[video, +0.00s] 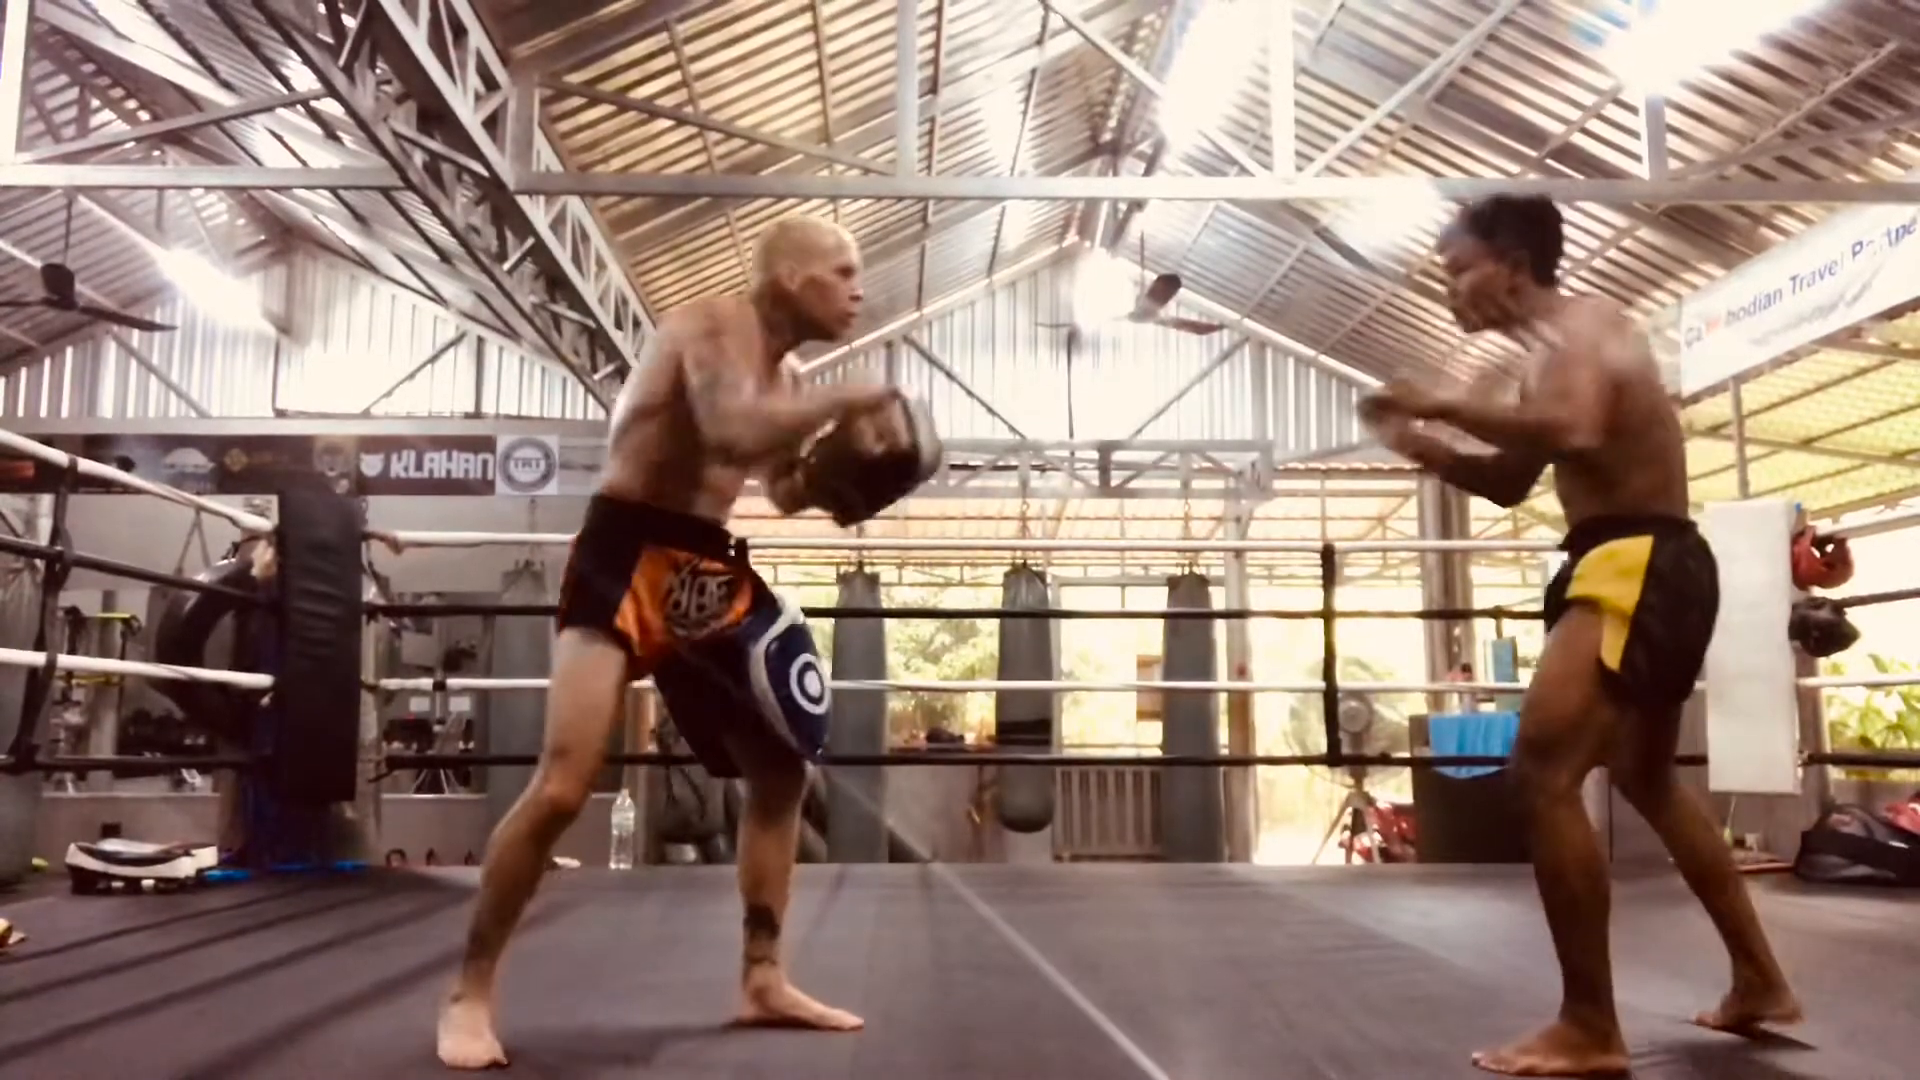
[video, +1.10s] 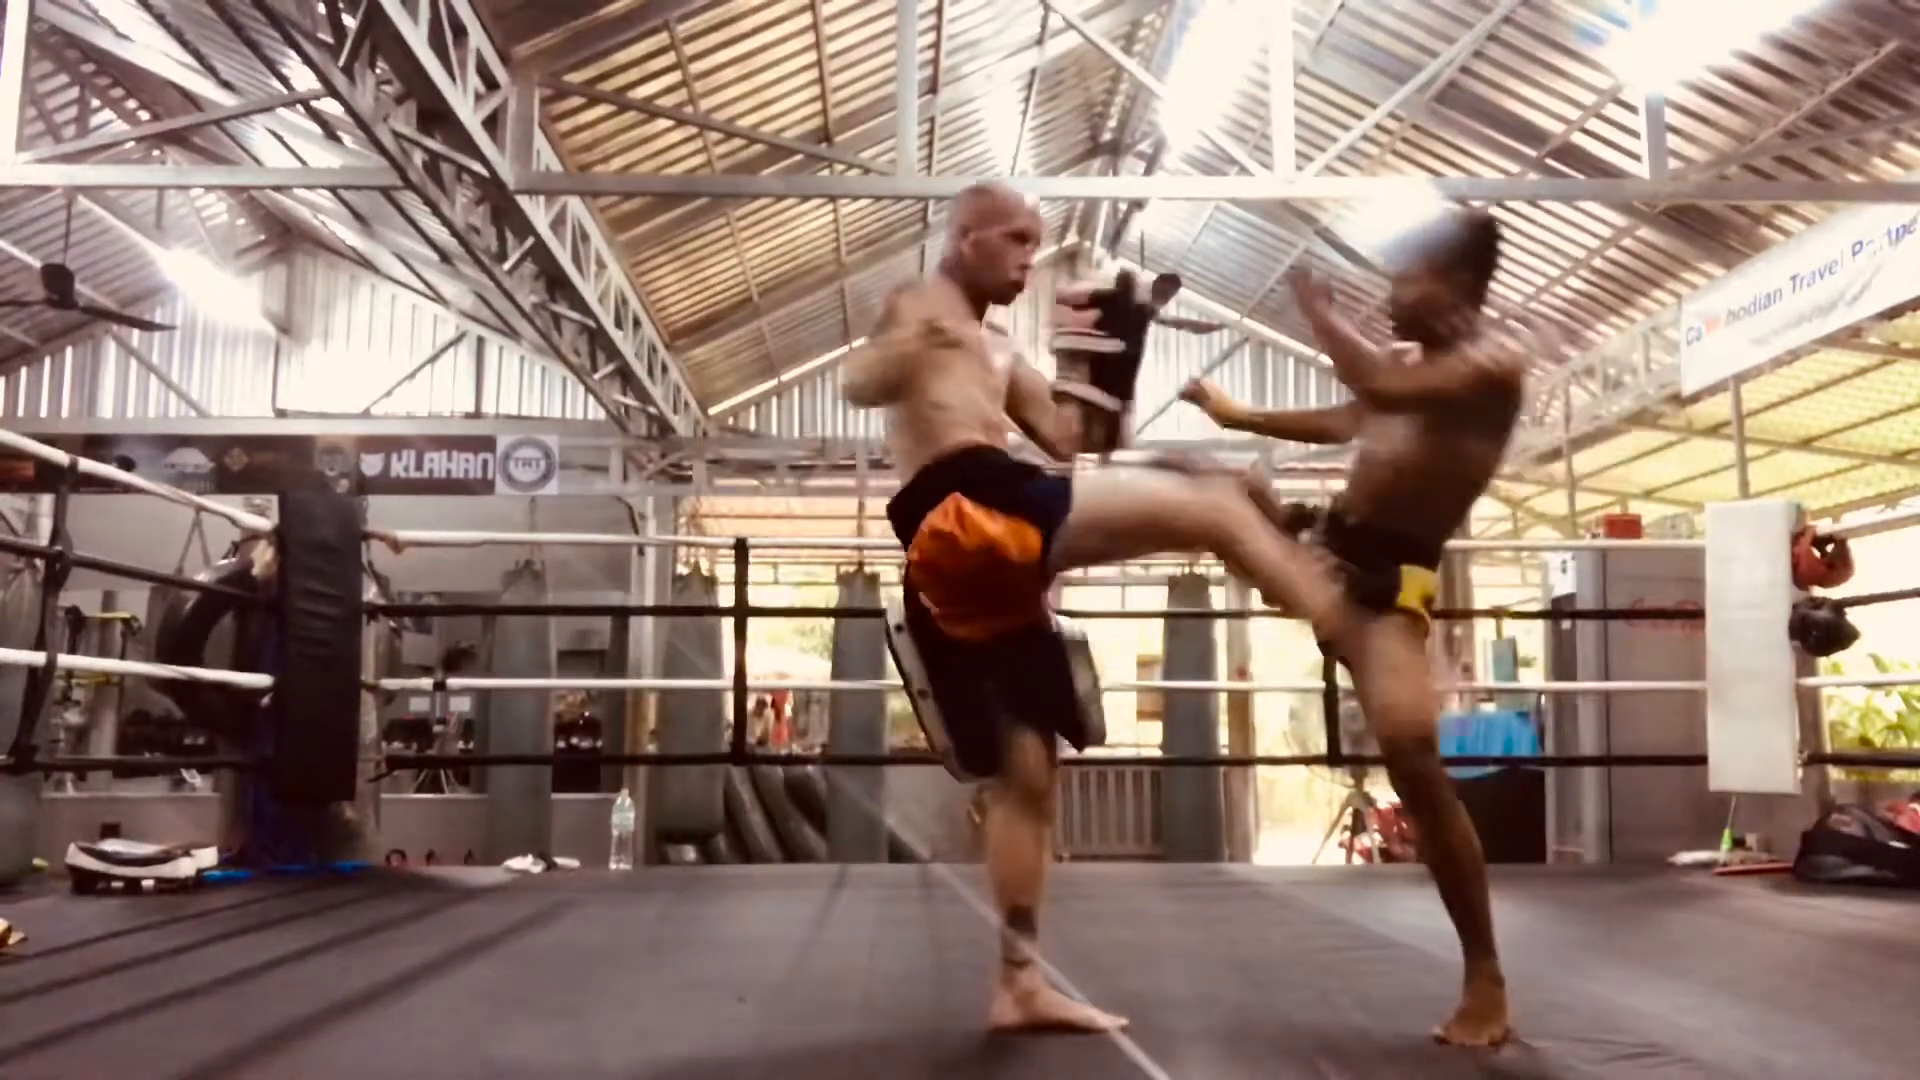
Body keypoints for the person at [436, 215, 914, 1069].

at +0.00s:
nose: (857, 292)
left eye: (857, 277)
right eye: (842, 276)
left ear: (808, 286)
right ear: (791, 281)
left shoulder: (779, 372)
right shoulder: (712, 320)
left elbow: (781, 491)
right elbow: (730, 423)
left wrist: (843, 465)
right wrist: (853, 397)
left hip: (707, 562)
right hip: (624, 549)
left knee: (781, 770)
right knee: (561, 791)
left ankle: (764, 980)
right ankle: (471, 992)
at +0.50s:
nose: (881, 300)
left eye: (881, 284)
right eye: (868, 280)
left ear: (833, 287)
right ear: (816, 278)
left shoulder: (815, 385)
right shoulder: (733, 333)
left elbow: (833, 497)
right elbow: (740, 425)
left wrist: (904, 433)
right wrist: (884, 450)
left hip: (751, 576)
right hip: (665, 563)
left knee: (877, 745)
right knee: (572, 796)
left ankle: (876, 962)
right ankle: (473, 996)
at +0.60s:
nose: (918, 308)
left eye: (920, 296)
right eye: (906, 289)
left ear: (897, 305)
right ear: (857, 286)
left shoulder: (846, 387)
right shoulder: (816, 338)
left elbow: (862, 489)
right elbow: (956, 374)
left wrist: (954, 411)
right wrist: (979, 311)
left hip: (808, 589)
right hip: (744, 577)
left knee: (943, 768)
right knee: (626, 802)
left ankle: (999, 974)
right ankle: (482, 985)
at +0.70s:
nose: (962, 333)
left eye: (963, 322)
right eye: (952, 317)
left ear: (915, 316)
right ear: (905, 306)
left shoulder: (902, 387)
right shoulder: (871, 344)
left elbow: (953, 471)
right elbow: (1015, 362)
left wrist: (982, 366)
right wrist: (1125, 324)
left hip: (882, 590)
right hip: (849, 582)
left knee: (1013, 777)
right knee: (830, 809)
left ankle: (1020, 984)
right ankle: (604, 905)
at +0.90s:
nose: (1028, 328)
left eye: (1032, 320)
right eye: (1019, 305)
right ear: (967, 288)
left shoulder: (966, 398)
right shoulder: (911, 323)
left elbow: (1030, 468)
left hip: (919, 586)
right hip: (926, 511)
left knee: (1021, 775)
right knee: (1158, 530)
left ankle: (1020, 981)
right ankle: (1237, 576)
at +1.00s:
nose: (1029, 300)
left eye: (1034, 290)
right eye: (1022, 279)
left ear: (1011, 296)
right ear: (974, 265)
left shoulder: (985, 371)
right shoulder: (919, 318)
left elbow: (1047, 458)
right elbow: (808, 400)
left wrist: (1049, 366)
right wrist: (803, 409)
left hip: (959, 566)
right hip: (968, 494)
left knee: (1039, 774)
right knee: (1204, 462)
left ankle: (1024, 980)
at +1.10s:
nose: (1029, 259)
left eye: (1034, 244)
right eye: (1016, 241)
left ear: (1024, 253)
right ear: (963, 240)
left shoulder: (998, 346)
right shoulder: (919, 301)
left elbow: (1071, 435)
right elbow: (857, 381)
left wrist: (1090, 342)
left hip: (955, 553)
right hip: (975, 503)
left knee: (1026, 770)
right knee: (1214, 508)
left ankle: (1022, 980)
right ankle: (1354, 634)